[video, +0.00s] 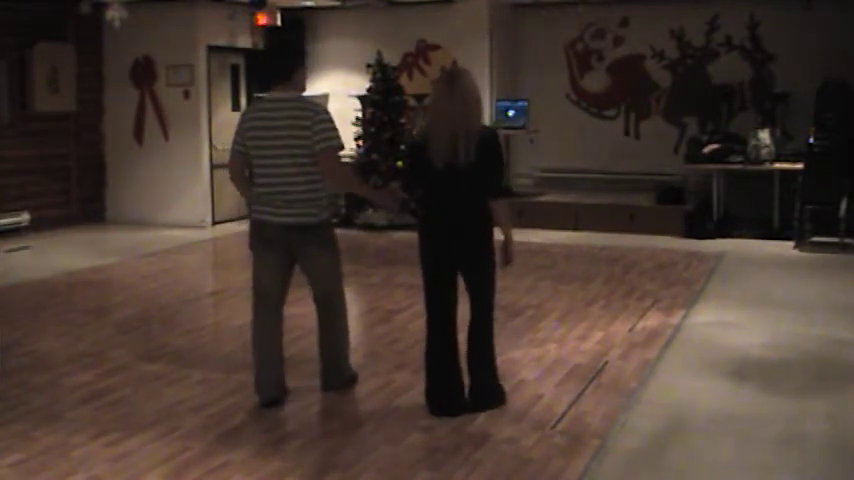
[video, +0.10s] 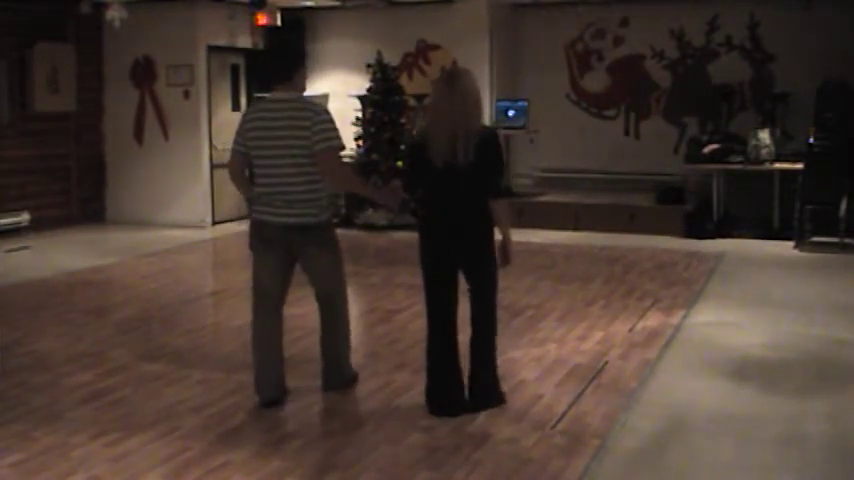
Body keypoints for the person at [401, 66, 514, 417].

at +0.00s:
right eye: (472, 98)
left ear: (435, 103)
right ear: (474, 102)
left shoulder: (421, 144)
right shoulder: (485, 140)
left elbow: (413, 194)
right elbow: (496, 195)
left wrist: (427, 218)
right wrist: (507, 236)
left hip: (434, 242)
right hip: (475, 240)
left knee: (439, 318)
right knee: (482, 315)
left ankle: (442, 395)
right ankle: (484, 390)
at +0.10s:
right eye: (473, 97)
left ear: (435, 102)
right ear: (475, 101)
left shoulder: (421, 143)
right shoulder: (485, 140)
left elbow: (412, 193)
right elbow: (495, 196)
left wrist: (428, 217)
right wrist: (505, 236)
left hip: (435, 242)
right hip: (475, 240)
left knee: (440, 320)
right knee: (484, 318)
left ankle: (442, 395)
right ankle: (485, 391)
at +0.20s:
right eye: (473, 97)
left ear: (436, 102)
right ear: (474, 101)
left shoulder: (421, 143)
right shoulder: (484, 140)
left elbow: (413, 193)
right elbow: (495, 196)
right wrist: (504, 236)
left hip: (435, 241)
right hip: (475, 239)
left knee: (440, 315)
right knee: (486, 307)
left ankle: (443, 395)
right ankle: (485, 389)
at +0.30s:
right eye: (473, 96)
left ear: (435, 101)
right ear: (474, 101)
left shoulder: (421, 143)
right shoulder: (484, 140)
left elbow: (413, 194)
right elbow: (495, 196)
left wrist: (427, 218)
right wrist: (504, 237)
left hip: (434, 242)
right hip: (474, 240)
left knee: (439, 316)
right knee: (484, 309)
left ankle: (442, 395)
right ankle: (486, 390)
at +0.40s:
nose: (474, 104)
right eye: (473, 98)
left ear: (435, 102)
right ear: (474, 101)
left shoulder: (421, 143)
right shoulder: (484, 140)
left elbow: (413, 194)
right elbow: (495, 196)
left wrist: (427, 219)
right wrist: (505, 237)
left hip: (434, 243)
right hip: (474, 241)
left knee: (439, 319)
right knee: (482, 315)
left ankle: (442, 396)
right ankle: (485, 391)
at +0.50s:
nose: (474, 103)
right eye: (473, 97)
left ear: (436, 101)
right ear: (474, 101)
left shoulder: (422, 143)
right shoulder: (484, 139)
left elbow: (414, 194)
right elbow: (496, 196)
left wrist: (429, 218)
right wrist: (506, 238)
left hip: (435, 242)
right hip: (475, 240)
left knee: (440, 319)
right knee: (486, 316)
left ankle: (442, 396)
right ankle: (485, 391)